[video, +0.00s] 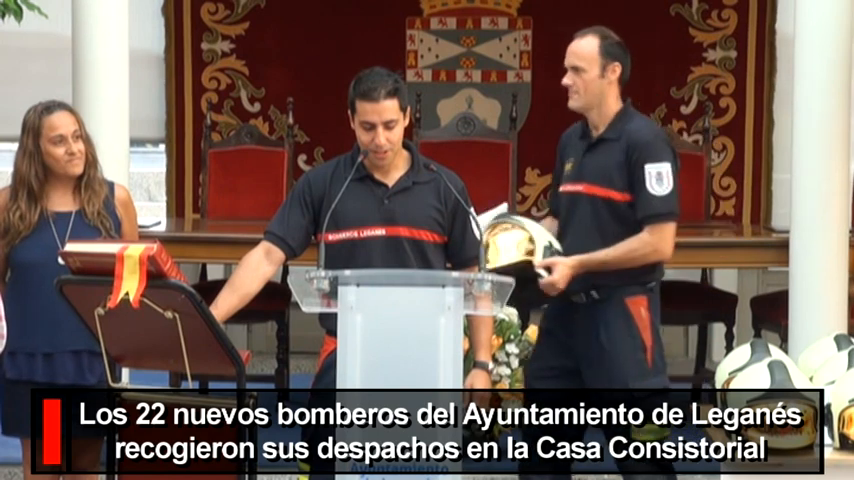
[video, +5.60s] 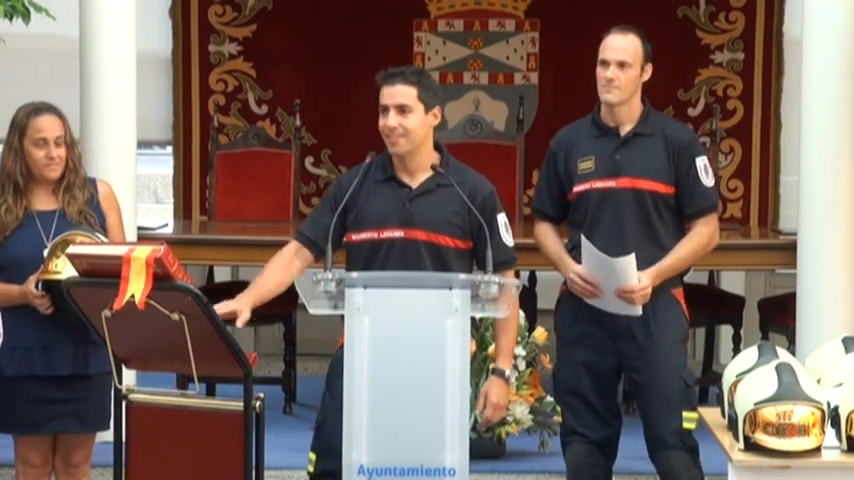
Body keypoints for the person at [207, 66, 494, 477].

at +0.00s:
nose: (379, 139)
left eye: (389, 126)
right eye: (368, 127)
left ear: (407, 118)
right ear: (352, 122)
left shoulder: (445, 188)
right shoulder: (322, 184)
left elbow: (474, 280)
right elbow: (267, 255)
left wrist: (482, 364)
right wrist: (208, 322)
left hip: (427, 350)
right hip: (348, 350)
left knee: (430, 469)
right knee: (329, 464)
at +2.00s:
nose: (381, 139)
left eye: (392, 126)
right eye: (370, 127)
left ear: (411, 120)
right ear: (355, 122)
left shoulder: (449, 190)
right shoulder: (327, 184)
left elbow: (479, 282)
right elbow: (272, 256)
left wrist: (486, 366)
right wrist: (210, 323)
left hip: (430, 356)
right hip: (351, 354)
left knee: (431, 471)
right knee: (332, 466)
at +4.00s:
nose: (384, 140)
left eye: (394, 127)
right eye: (373, 128)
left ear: (413, 121)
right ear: (357, 124)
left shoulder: (452, 191)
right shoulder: (329, 186)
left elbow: (482, 283)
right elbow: (273, 257)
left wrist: (489, 366)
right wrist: (214, 326)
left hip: (433, 354)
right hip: (354, 353)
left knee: (433, 466)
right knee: (332, 462)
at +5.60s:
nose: (390, 122)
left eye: (403, 111)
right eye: (384, 111)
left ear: (434, 117)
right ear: (377, 117)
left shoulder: (474, 192)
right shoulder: (354, 186)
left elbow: (505, 284)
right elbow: (300, 252)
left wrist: (501, 371)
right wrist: (246, 299)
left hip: (441, 356)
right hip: (362, 354)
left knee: (436, 468)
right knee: (330, 465)